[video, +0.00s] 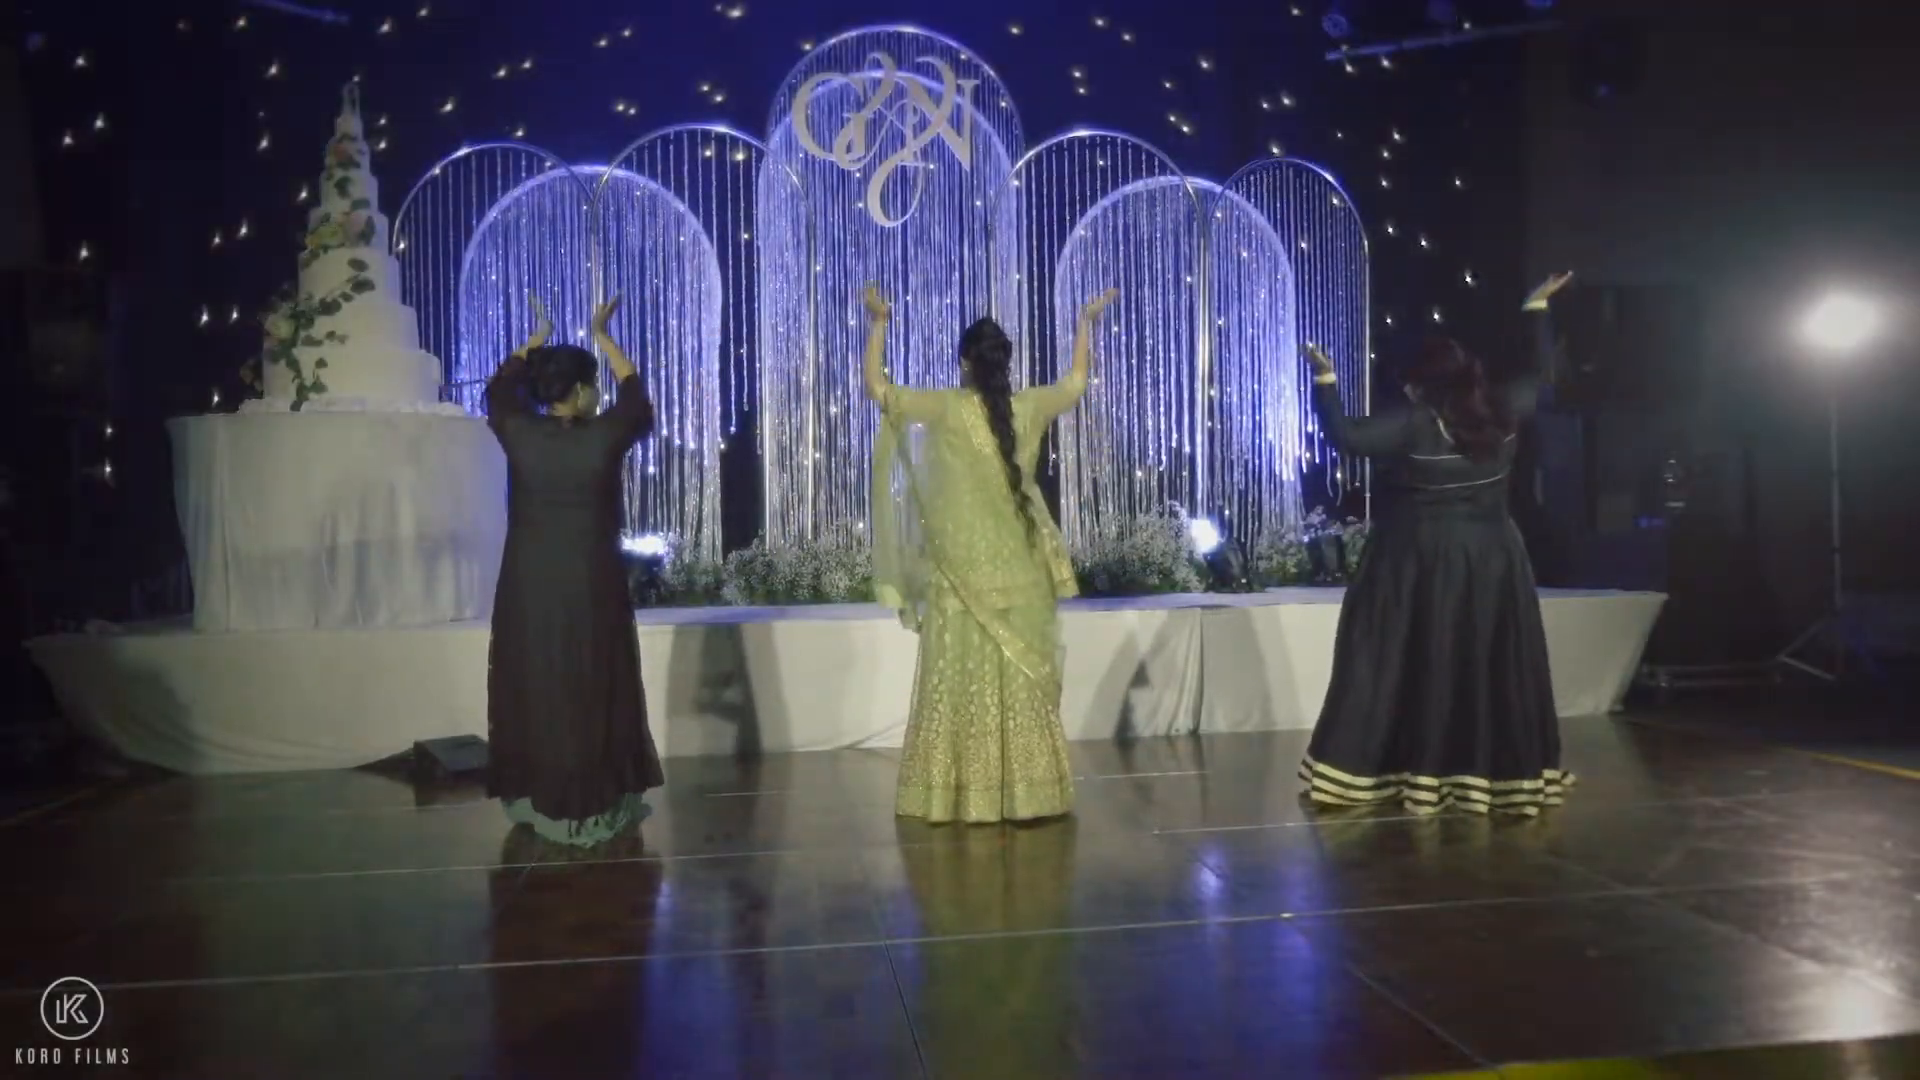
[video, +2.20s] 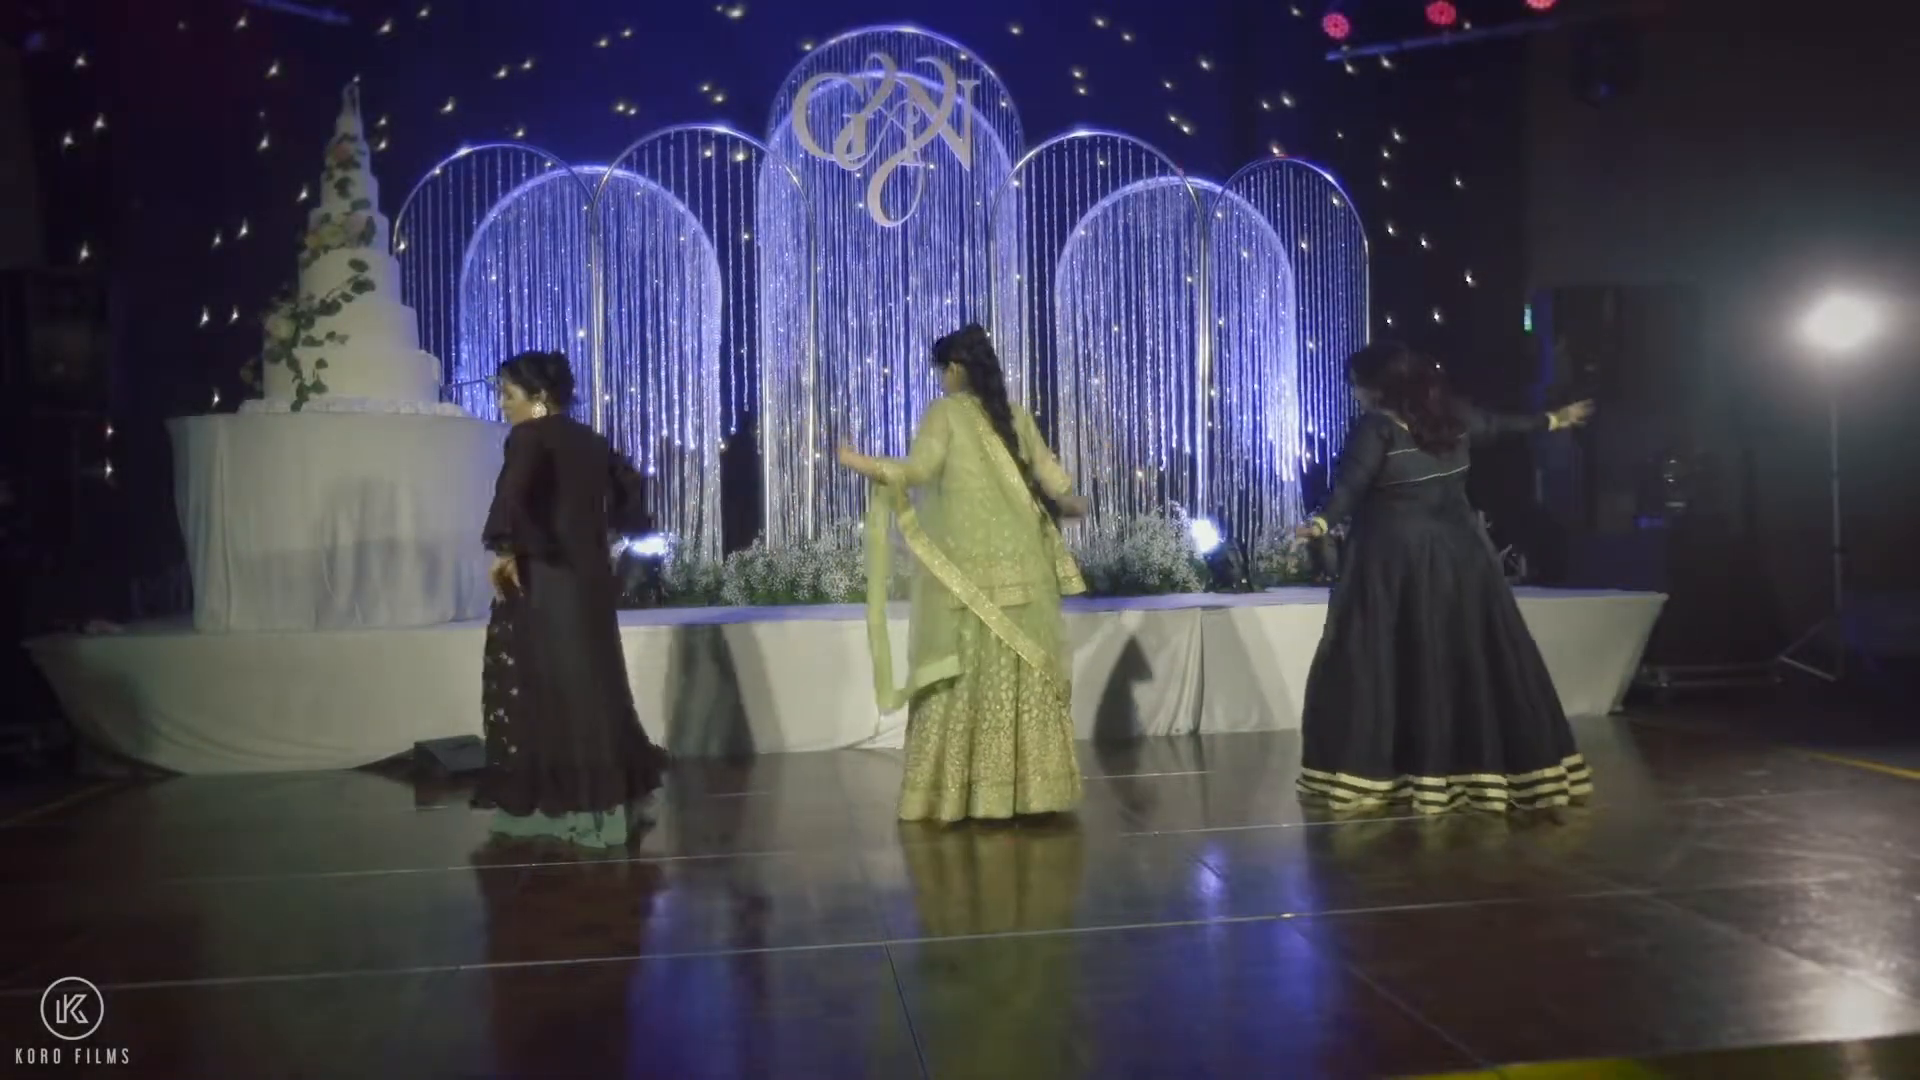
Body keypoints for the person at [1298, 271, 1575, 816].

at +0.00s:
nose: (1407, 387)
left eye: (1410, 379)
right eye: (1411, 379)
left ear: (1418, 383)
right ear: (1469, 374)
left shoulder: (1413, 424)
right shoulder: (1502, 409)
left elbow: (1348, 436)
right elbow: (1542, 373)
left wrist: (1326, 383)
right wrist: (1537, 310)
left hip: (1423, 546)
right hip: (1490, 544)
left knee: (1416, 661)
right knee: (1489, 663)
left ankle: (1415, 782)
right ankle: (1493, 782)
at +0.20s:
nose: (1413, 383)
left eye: (1417, 375)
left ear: (1425, 380)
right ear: (1476, 375)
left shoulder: (1416, 421)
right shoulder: (1503, 411)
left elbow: (1360, 380)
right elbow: (1505, 356)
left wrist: (1369, 316)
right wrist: (1473, 299)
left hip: (1430, 547)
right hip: (1496, 543)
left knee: (1426, 662)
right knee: (1495, 662)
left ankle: (1421, 783)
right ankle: (1497, 783)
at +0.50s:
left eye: (1435, 359)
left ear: (1430, 372)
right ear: (1486, 369)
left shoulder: (1414, 421)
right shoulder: (1508, 408)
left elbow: (1356, 410)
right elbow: (1510, 351)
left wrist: (1337, 359)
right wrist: (1476, 301)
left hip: (1431, 546)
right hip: (1499, 545)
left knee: (1422, 659)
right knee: (1495, 661)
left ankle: (1417, 782)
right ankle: (1495, 782)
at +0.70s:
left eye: (1426, 371)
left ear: (1429, 379)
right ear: (1481, 371)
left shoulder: (1418, 425)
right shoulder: (1507, 405)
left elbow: (1353, 437)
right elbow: (1516, 348)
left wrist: (1284, 430)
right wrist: (1515, 296)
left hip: (1433, 553)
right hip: (1501, 552)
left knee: (1420, 663)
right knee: (1496, 665)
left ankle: (1419, 779)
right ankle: (1495, 781)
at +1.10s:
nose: (1397, 401)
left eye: (1401, 393)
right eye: (1397, 393)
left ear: (1417, 392)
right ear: (1461, 379)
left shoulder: (1413, 438)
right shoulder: (1493, 410)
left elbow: (1374, 492)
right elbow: (1513, 344)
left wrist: (1311, 515)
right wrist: (1526, 281)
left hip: (1437, 565)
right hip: (1506, 558)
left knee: (1424, 667)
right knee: (1503, 667)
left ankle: (1425, 782)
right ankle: (1506, 780)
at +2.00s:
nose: (1371, 396)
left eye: (1374, 388)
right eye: (1371, 387)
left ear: (1392, 388)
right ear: (1430, 377)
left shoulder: (1389, 436)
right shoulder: (1475, 410)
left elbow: (1360, 497)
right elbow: (1529, 391)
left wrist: (1321, 547)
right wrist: (1562, 346)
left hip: (1416, 556)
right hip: (1482, 551)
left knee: (1414, 662)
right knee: (1486, 660)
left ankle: (1419, 781)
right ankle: (1494, 778)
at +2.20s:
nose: (1356, 396)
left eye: (1359, 387)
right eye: (1354, 387)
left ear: (1377, 385)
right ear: (1411, 376)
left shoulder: (1377, 426)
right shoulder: (1451, 416)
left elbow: (1354, 479)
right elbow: (1498, 425)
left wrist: (1321, 519)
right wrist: (1552, 420)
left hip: (1397, 555)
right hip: (1458, 550)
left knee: (1393, 662)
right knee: (1467, 659)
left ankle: (1388, 780)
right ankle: (1476, 779)